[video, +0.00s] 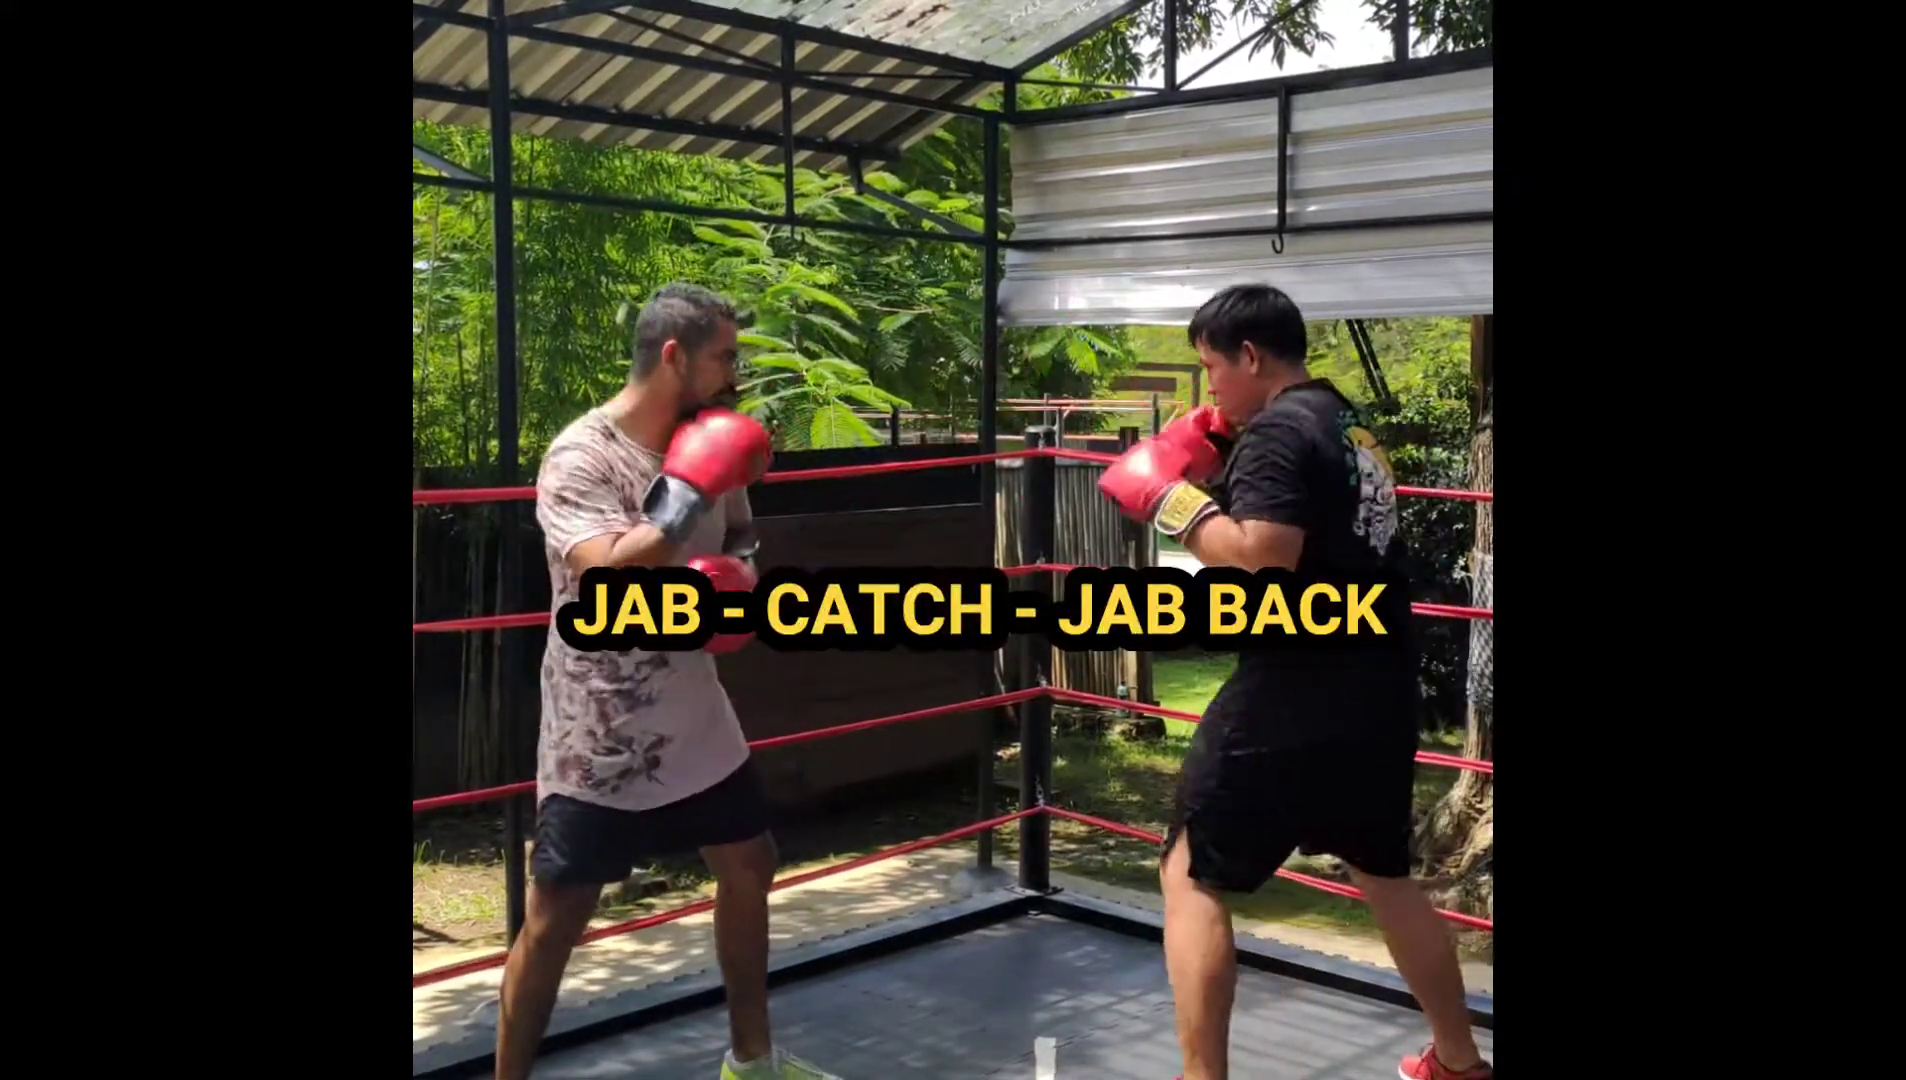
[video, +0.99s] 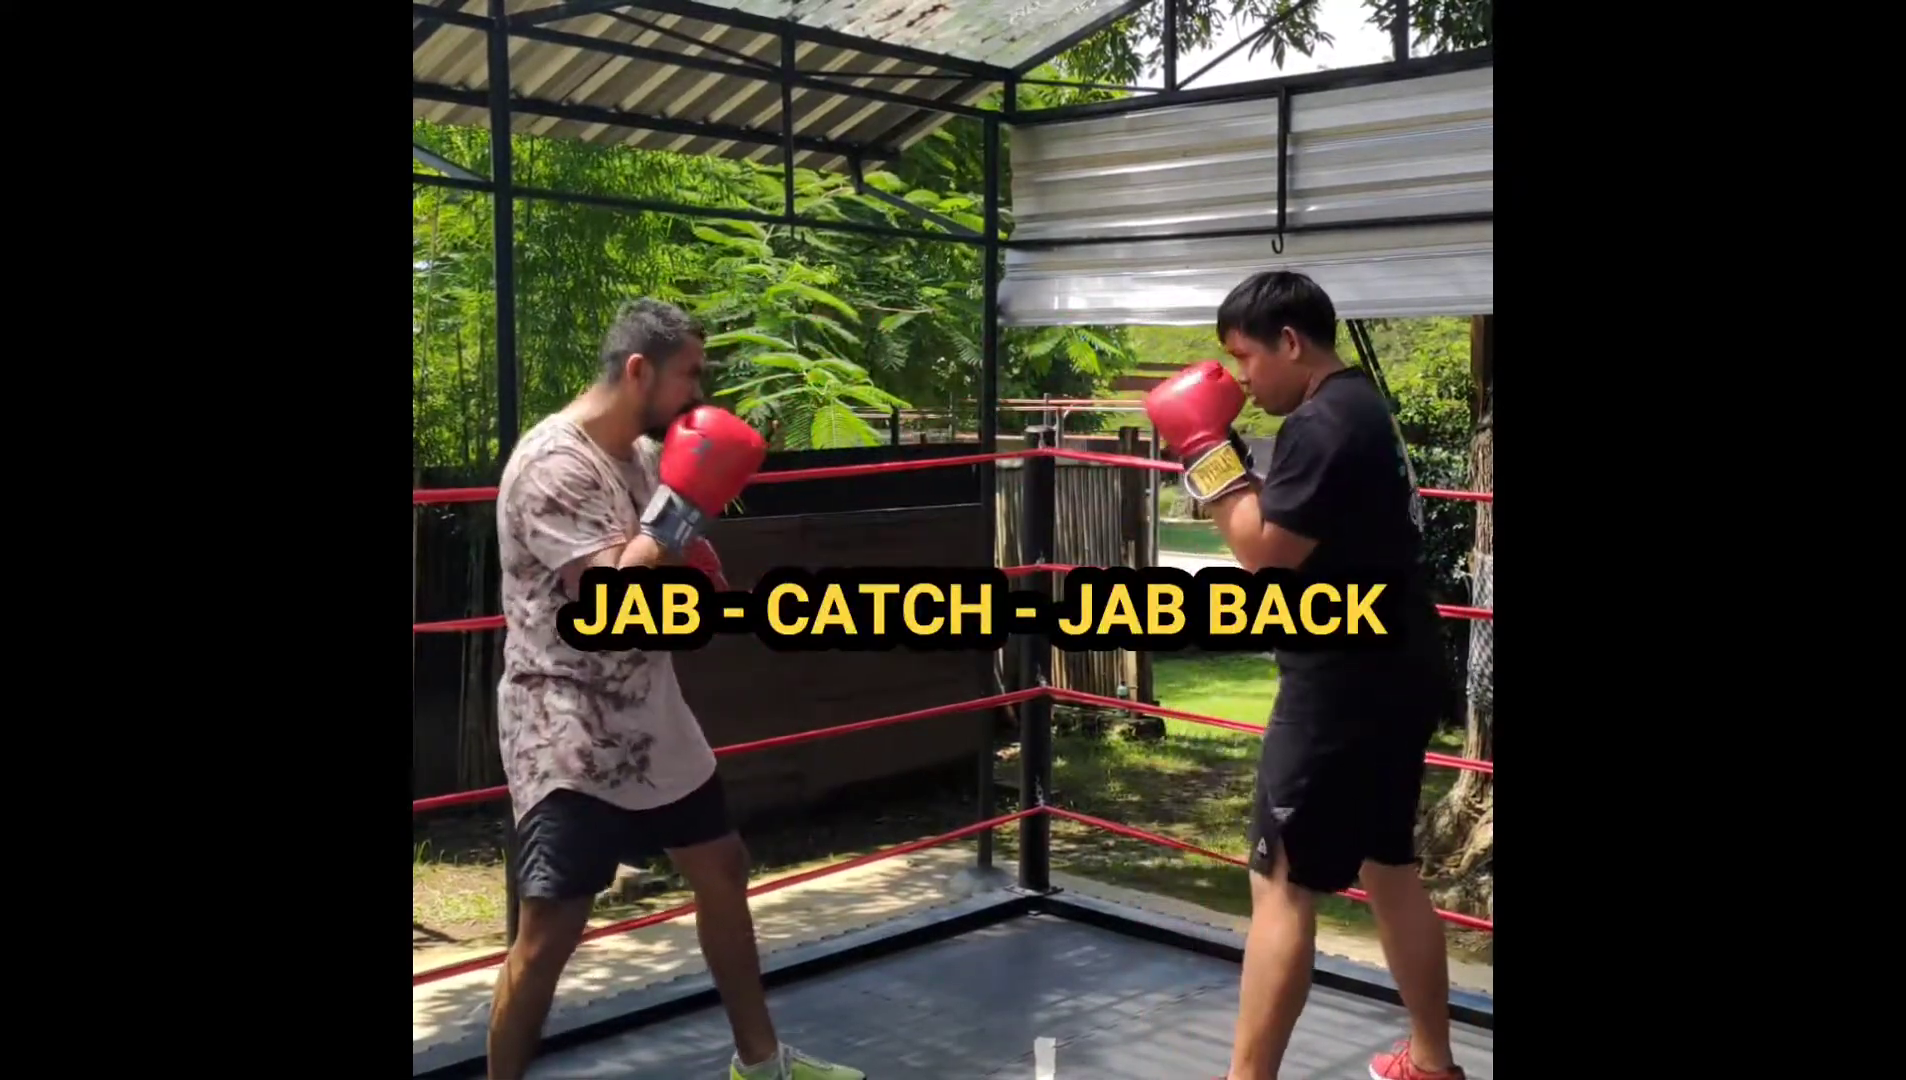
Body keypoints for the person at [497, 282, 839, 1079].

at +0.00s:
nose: (735, 374)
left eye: (737, 359)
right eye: (726, 358)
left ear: (681, 358)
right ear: (672, 354)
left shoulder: (709, 450)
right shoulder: (576, 458)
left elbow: (743, 551)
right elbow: (602, 565)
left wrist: (735, 586)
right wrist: (689, 494)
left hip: (693, 712)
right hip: (593, 729)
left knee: (748, 867)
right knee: (552, 923)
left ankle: (753, 1059)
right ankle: (508, 1075)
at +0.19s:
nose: (745, 365)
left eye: (744, 348)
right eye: (737, 348)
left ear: (682, 349)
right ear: (697, 347)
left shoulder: (671, 435)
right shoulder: (646, 444)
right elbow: (787, 502)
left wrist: (736, 578)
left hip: (705, 707)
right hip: (638, 717)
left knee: (758, 863)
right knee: (587, 916)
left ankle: (754, 1055)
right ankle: (519, 1074)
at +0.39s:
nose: (739, 362)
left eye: (739, 347)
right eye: (732, 346)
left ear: (672, 348)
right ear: (693, 347)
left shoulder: (650, 433)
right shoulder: (656, 447)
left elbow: (675, 552)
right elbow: (792, 517)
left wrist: (745, 562)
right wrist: (820, 420)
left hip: (714, 696)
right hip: (656, 702)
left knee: (764, 860)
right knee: (621, 918)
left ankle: (754, 1056)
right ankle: (523, 1073)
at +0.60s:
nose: (727, 369)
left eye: (728, 353)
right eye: (720, 352)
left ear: (668, 356)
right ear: (674, 354)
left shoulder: (673, 445)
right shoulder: (594, 459)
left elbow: (693, 540)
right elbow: (686, 562)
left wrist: (720, 563)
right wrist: (734, 471)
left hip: (692, 706)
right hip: (611, 717)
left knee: (740, 867)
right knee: (582, 923)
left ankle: (755, 1059)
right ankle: (513, 1074)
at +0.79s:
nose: (698, 391)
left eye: (700, 373)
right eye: (690, 373)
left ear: (638, 374)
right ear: (640, 372)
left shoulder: (652, 461)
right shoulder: (550, 478)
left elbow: (660, 570)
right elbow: (614, 603)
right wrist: (687, 513)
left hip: (652, 718)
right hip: (564, 732)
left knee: (719, 872)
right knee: (546, 936)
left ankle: (752, 1059)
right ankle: (502, 1077)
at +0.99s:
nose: (698, 393)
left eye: (701, 376)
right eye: (690, 374)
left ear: (640, 372)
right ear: (638, 369)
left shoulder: (643, 457)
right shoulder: (547, 467)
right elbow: (604, 594)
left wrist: (695, 551)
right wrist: (681, 499)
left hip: (653, 713)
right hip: (566, 726)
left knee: (723, 872)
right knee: (547, 936)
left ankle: (761, 1059)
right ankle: (501, 1077)